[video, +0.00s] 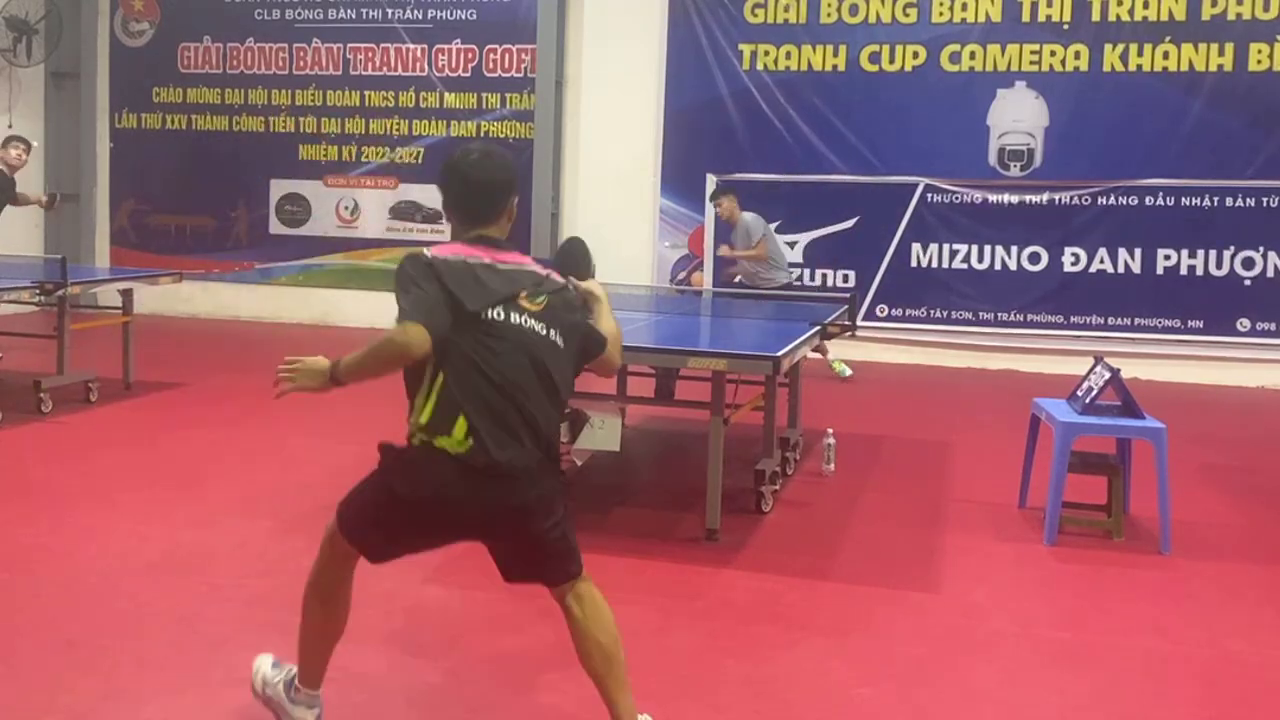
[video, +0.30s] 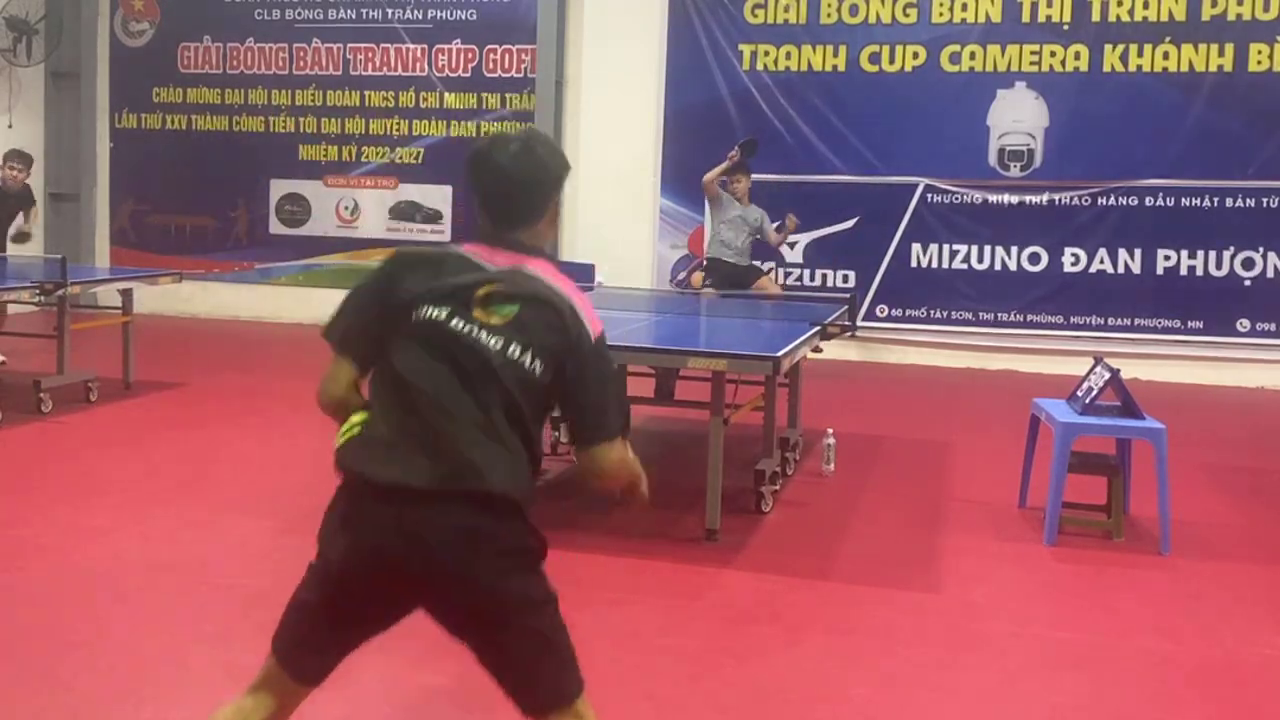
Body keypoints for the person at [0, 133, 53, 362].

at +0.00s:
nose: (20, 154)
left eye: (24, 152)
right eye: (15, 149)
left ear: (26, 160)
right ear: (2, 152)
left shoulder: (9, 180)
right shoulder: (3, 178)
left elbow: (14, 199)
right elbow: (14, 199)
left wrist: (40, 199)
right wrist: (38, 199)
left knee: (0, 294)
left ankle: (1, 350)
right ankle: (1, 350)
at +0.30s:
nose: (14, 174)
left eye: (20, 171)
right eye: (11, 168)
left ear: (27, 175)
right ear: (3, 167)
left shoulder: (24, 191)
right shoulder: (1, 185)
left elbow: (31, 207)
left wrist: (27, 226)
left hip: (2, 249)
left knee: (3, 300)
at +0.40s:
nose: (11, 174)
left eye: (17, 170)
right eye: (8, 168)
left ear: (27, 174)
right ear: (2, 167)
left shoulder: (28, 192)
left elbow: (42, 214)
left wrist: (50, 237)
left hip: (9, 252)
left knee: (23, 296)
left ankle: (7, 342)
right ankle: (6, 342)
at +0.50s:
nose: (16, 170)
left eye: (23, 167)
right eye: (12, 165)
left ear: (33, 171)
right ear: (7, 166)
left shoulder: (38, 192)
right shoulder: (2, 187)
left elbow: (56, 212)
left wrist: (64, 229)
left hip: (21, 253)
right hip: (2, 253)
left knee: (46, 289)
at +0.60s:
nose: (28, 167)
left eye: (34, 163)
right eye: (25, 161)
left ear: (45, 168)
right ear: (18, 163)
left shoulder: (53, 191)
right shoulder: (6, 187)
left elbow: (76, 214)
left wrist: (75, 228)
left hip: (42, 259)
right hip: (8, 259)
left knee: (71, 295)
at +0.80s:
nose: (54, 167)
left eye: (60, 163)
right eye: (51, 162)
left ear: (72, 167)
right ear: (47, 163)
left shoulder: (84, 193)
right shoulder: (34, 188)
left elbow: (109, 221)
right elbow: (8, 206)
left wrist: (100, 232)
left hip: (74, 263)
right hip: (37, 261)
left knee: (91, 300)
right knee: (14, 303)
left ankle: (104, 346)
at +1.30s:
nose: (60, 172)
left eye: (66, 169)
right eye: (57, 167)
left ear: (76, 173)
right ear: (51, 166)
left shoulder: (79, 200)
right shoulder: (34, 186)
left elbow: (85, 232)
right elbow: (4, 210)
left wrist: (77, 235)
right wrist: (15, 231)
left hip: (54, 261)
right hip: (18, 258)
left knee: (77, 297)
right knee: (2, 297)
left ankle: (90, 346)